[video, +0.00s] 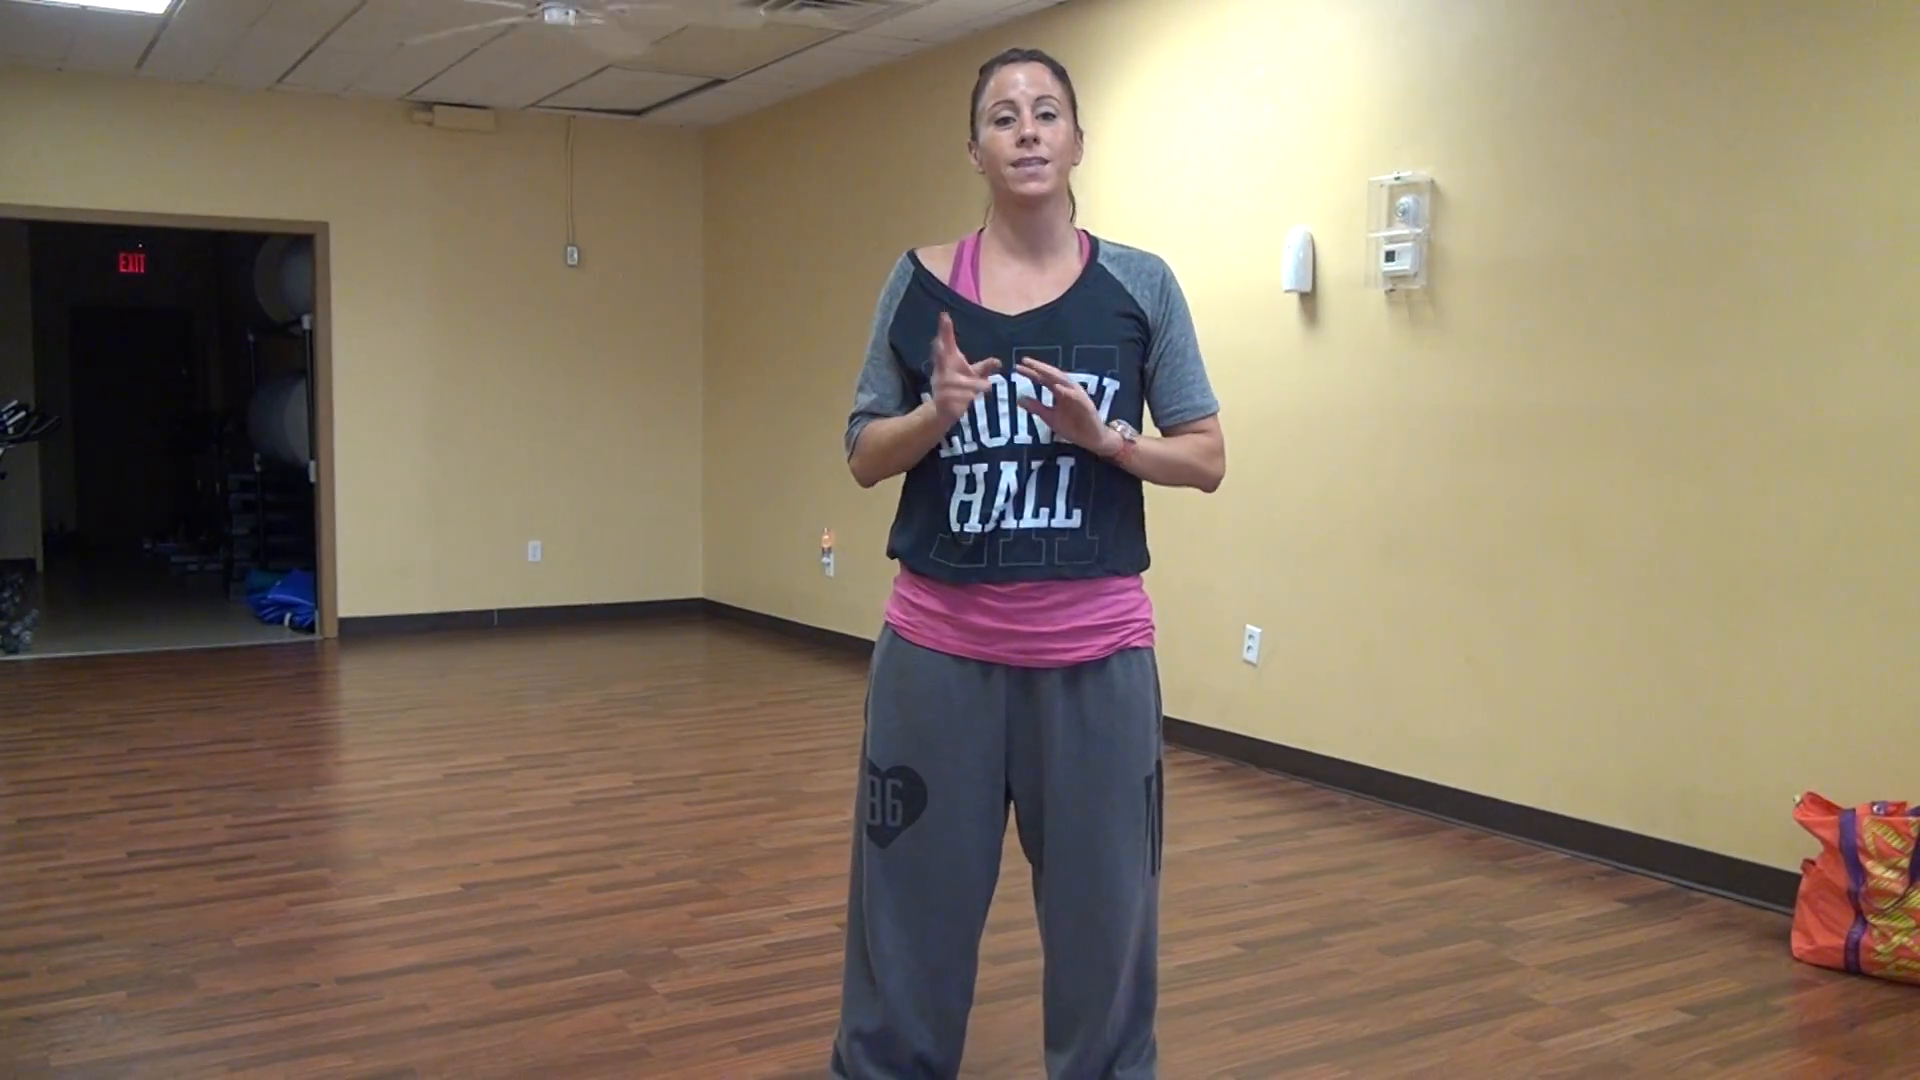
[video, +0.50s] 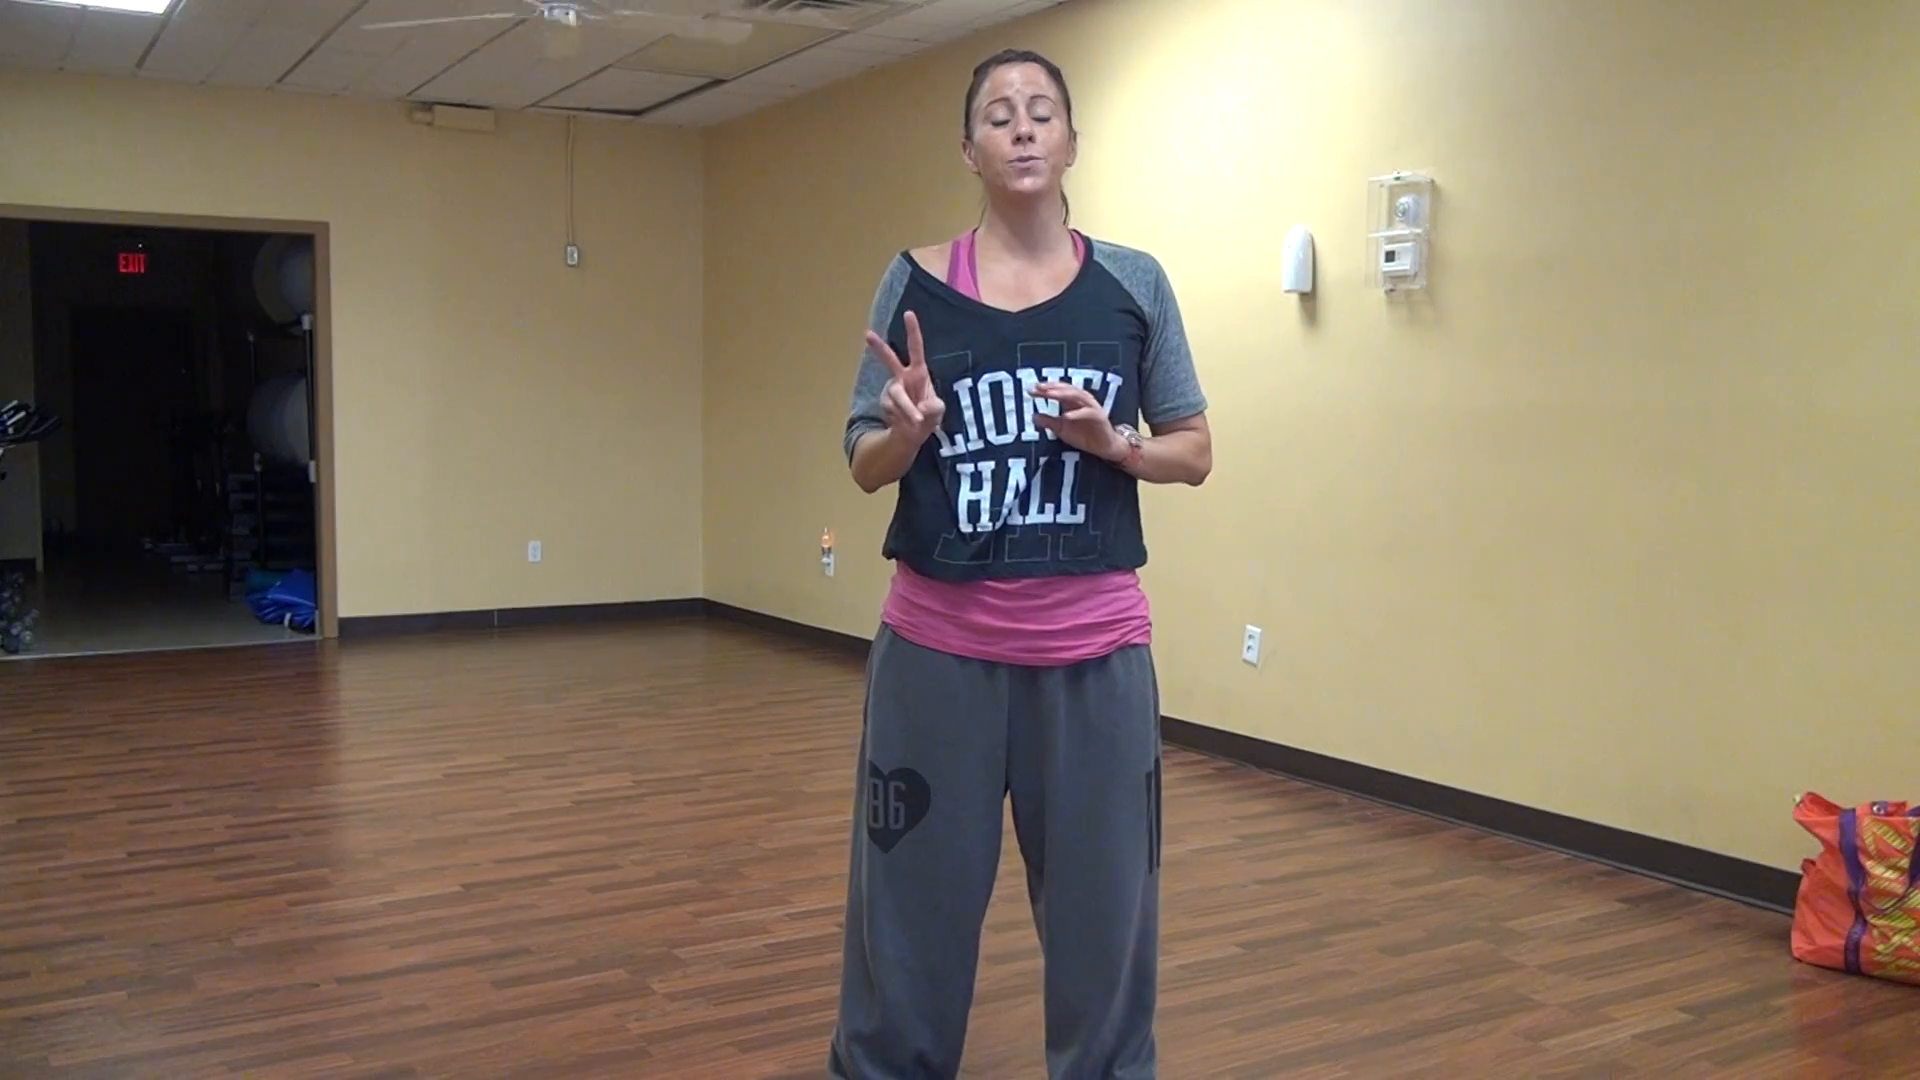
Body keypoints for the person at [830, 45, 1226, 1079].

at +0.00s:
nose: (1025, 131)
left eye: (1046, 114)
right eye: (1003, 117)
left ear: (1077, 141)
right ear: (975, 148)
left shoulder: (1142, 281)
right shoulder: (924, 280)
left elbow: (1207, 459)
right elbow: (866, 457)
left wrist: (1107, 439)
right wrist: (934, 413)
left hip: (1097, 646)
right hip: (937, 641)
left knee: (1107, 925)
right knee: (906, 917)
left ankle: (1104, 1072)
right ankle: (889, 1069)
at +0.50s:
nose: (1021, 129)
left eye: (1041, 114)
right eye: (999, 116)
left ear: (1070, 143)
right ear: (969, 150)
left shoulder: (1134, 279)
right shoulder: (916, 280)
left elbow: (1195, 453)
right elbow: (865, 468)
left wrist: (1122, 444)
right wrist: (906, 429)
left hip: (1095, 645)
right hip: (936, 642)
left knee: (1106, 920)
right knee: (907, 911)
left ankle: (1105, 1071)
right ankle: (887, 1068)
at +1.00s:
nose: (1016, 130)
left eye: (1036, 114)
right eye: (993, 118)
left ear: (1066, 143)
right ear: (965, 152)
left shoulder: (1135, 279)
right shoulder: (915, 282)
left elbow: (1196, 455)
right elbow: (865, 469)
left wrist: (1118, 444)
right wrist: (895, 442)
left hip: (1095, 644)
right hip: (936, 642)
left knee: (1106, 920)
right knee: (907, 911)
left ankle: (1106, 1073)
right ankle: (887, 1069)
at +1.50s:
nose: (1021, 122)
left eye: (1041, 103)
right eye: (996, 107)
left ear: (1072, 130)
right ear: (967, 141)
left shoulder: (1141, 273)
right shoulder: (916, 273)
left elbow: (1201, 450)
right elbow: (861, 450)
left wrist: (1125, 444)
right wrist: (902, 447)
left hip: (1101, 655)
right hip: (938, 651)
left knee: (1111, 939)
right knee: (906, 930)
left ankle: (1110, 1075)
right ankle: (887, 1070)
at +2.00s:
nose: (1013, 125)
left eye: (1032, 106)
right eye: (988, 110)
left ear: (1061, 131)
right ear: (958, 143)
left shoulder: (1128, 275)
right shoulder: (905, 273)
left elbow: (1187, 453)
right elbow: (849, 446)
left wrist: (1113, 444)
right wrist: (895, 449)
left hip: (1088, 651)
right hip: (925, 648)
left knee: (1106, 933)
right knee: (901, 925)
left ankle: (1110, 1076)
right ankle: (882, 1072)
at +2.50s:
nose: (993, 142)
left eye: (1009, 126)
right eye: (969, 130)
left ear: (1037, 151)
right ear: (936, 163)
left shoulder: (1088, 295)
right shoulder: (879, 278)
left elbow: (1126, 468)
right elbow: (808, 437)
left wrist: (1073, 457)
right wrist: (884, 487)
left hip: (1031, 642)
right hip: (880, 639)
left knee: (1064, 899)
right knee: (869, 894)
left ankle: (1100, 1066)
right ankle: (879, 1066)